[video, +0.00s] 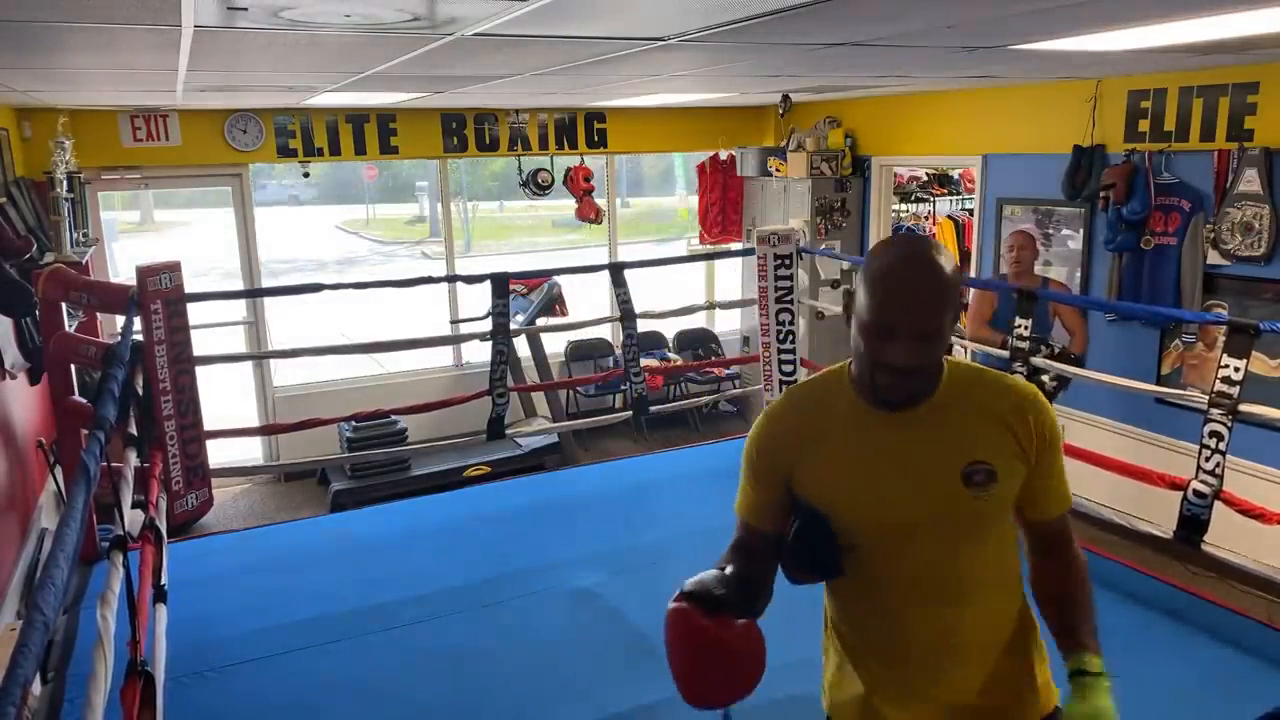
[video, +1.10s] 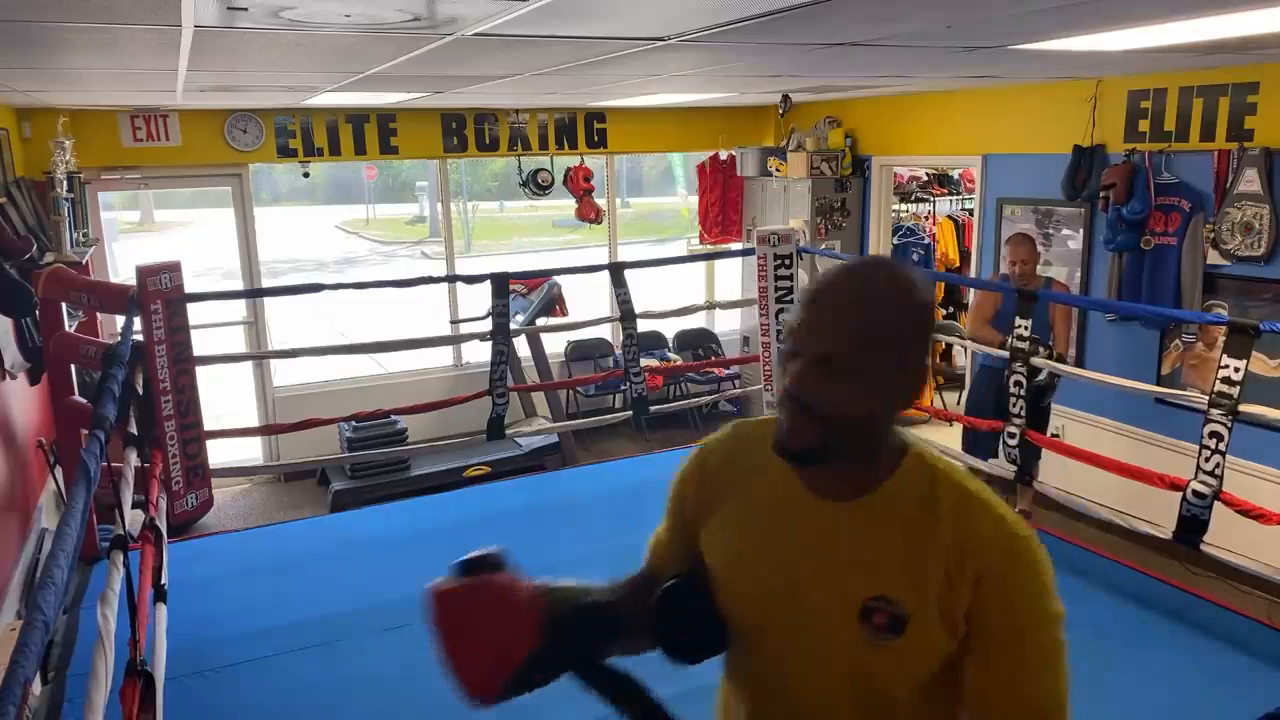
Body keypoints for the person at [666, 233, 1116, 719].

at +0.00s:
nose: (901, 358)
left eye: (925, 338)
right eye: (880, 336)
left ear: (956, 317)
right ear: (849, 310)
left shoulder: (1017, 414)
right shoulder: (788, 428)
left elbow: (1052, 544)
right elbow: (755, 544)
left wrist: (1088, 675)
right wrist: (726, 591)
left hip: (1005, 697)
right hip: (867, 703)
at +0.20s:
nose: (883, 370)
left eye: (912, 348)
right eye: (865, 342)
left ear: (955, 326)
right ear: (841, 319)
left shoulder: (1024, 429)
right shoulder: (787, 434)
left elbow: (1075, 598)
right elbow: (749, 564)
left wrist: (1007, 698)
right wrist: (710, 592)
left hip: (993, 703)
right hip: (857, 706)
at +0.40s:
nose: (882, 385)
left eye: (912, 365)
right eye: (866, 354)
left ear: (962, 351)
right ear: (849, 336)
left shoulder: (1036, 454)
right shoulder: (793, 438)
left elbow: (1056, 649)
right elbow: (752, 563)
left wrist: (922, 699)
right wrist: (713, 596)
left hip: (990, 706)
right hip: (850, 703)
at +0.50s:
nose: (884, 388)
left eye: (920, 369)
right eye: (872, 355)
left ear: (975, 358)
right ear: (857, 337)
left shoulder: (1047, 480)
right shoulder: (801, 441)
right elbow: (752, 560)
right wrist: (698, 603)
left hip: (970, 710)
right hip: (837, 697)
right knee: (750, 711)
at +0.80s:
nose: (897, 381)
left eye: (939, 367)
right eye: (890, 344)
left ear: (1006, 378)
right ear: (879, 326)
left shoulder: (1057, 537)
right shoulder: (808, 442)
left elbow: (1040, 708)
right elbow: (742, 551)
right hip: (810, 707)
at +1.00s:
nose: (833, 374)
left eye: (872, 358)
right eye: (831, 344)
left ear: (945, 385)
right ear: (816, 343)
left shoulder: (1012, 550)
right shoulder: (750, 462)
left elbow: (1044, 707)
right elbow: (690, 587)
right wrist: (579, 594)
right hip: (767, 706)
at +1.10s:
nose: (795, 380)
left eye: (833, 365)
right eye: (792, 347)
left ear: (913, 387)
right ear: (780, 342)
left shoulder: (989, 552)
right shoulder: (722, 468)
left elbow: (1022, 709)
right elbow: (657, 600)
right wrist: (534, 611)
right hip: (749, 704)